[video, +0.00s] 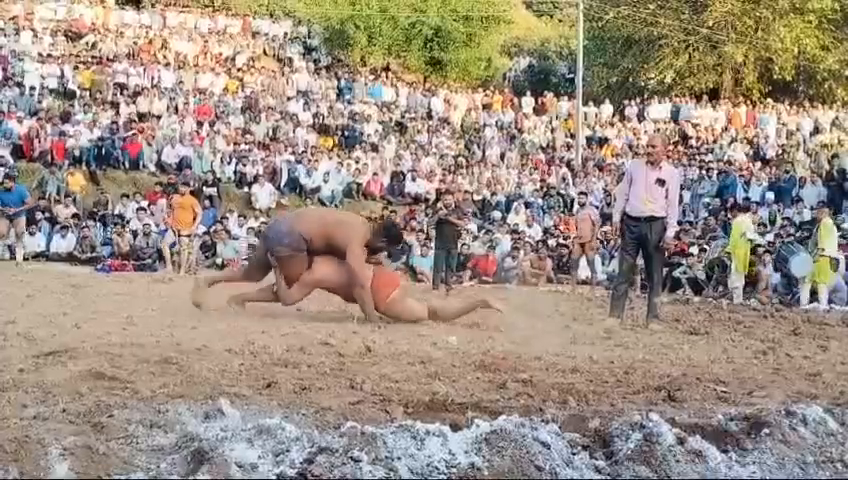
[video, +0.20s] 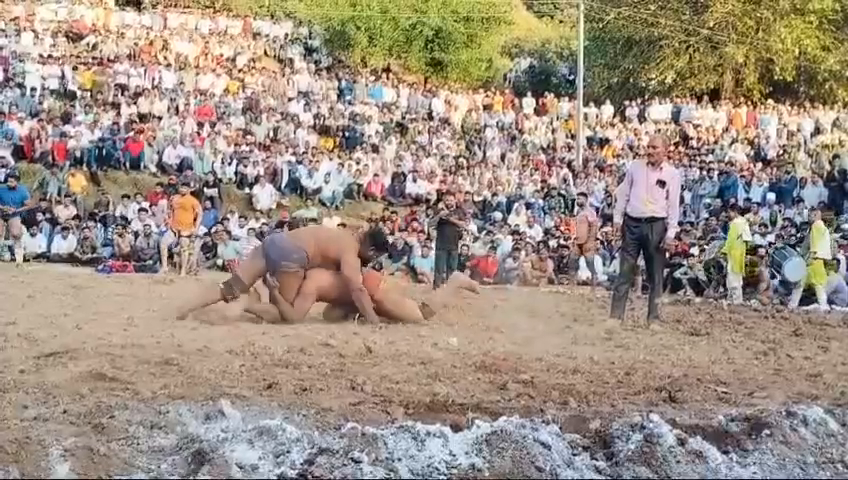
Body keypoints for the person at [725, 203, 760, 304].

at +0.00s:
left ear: (737, 211)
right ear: (749, 211)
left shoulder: (736, 221)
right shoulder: (747, 221)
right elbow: (750, 235)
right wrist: (763, 241)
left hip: (735, 250)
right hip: (741, 251)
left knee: (735, 274)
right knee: (739, 275)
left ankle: (736, 298)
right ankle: (738, 299)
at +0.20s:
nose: (728, 215)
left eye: (730, 213)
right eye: (728, 213)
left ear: (735, 212)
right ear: (732, 212)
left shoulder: (741, 223)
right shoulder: (732, 224)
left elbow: (747, 239)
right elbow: (730, 240)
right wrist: (724, 250)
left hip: (737, 254)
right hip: (731, 253)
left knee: (734, 277)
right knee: (731, 277)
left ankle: (736, 299)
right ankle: (732, 298)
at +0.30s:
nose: (728, 216)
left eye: (730, 214)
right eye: (727, 214)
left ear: (735, 214)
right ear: (729, 215)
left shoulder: (739, 225)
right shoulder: (731, 226)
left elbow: (745, 241)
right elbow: (729, 242)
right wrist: (723, 252)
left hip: (736, 256)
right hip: (729, 255)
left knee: (733, 278)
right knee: (728, 278)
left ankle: (735, 300)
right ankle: (729, 298)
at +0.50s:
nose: (726, 219)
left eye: (727, 217)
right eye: (725, 217)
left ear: (733, 217)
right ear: (733, 217)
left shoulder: (733, 227)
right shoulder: (737, 226)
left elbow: (729, 243)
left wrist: (722, 253)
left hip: (731, 254)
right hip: (735, 253)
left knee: (727, 275)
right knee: (733, 274)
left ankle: (728, 296)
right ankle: (731, 295)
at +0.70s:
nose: (721, 219)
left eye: (724, 217)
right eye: (721, 217)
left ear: (730, 217)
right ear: (721, 218)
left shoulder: (733, 227)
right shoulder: (725, 228)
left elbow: (738, 244)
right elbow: (724, 244)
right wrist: (718, 252)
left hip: (728, 257)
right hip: (722, 256)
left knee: (727, 279)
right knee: (724, 278)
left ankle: (727, 302)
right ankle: (726, 301)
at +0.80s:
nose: (719, 219)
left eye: (720, 217)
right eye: (718, 217)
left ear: (726, 216)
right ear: (723, 217)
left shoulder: (726, 227)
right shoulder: (727, 226)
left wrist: (715, 252)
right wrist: (716, 251)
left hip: (725, 256)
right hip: (725, 255)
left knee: (725, 278)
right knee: (725, 277)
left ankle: (727, 301)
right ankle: (727, 301)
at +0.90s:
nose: (714, 219)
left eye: (716, 216)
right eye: (713, 216)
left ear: (723, 216)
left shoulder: (722, 227)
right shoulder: (721, 226)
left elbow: (719, 245)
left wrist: (710, 253)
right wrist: (711, 253)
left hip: (719, 258)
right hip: (721, 258)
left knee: (704, 282)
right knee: (724, 282)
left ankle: (699, 302)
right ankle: (728, 304)